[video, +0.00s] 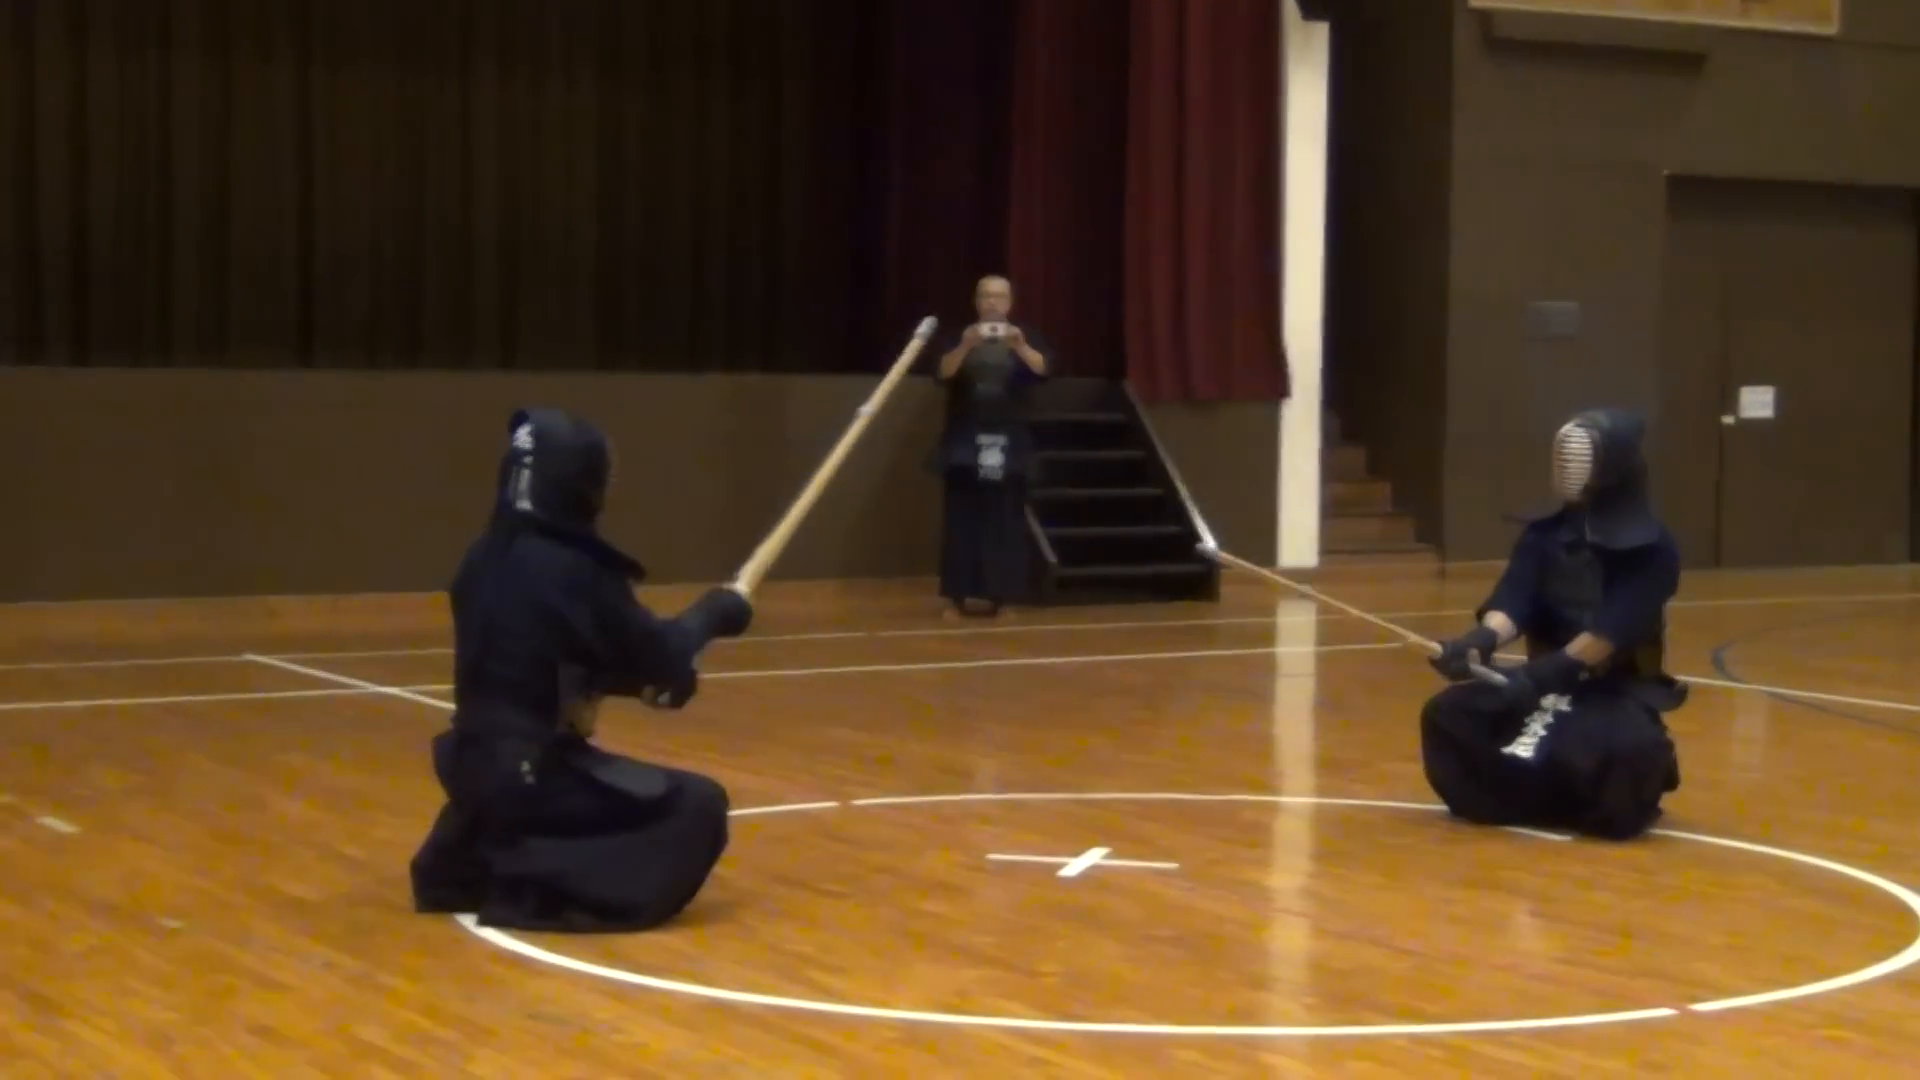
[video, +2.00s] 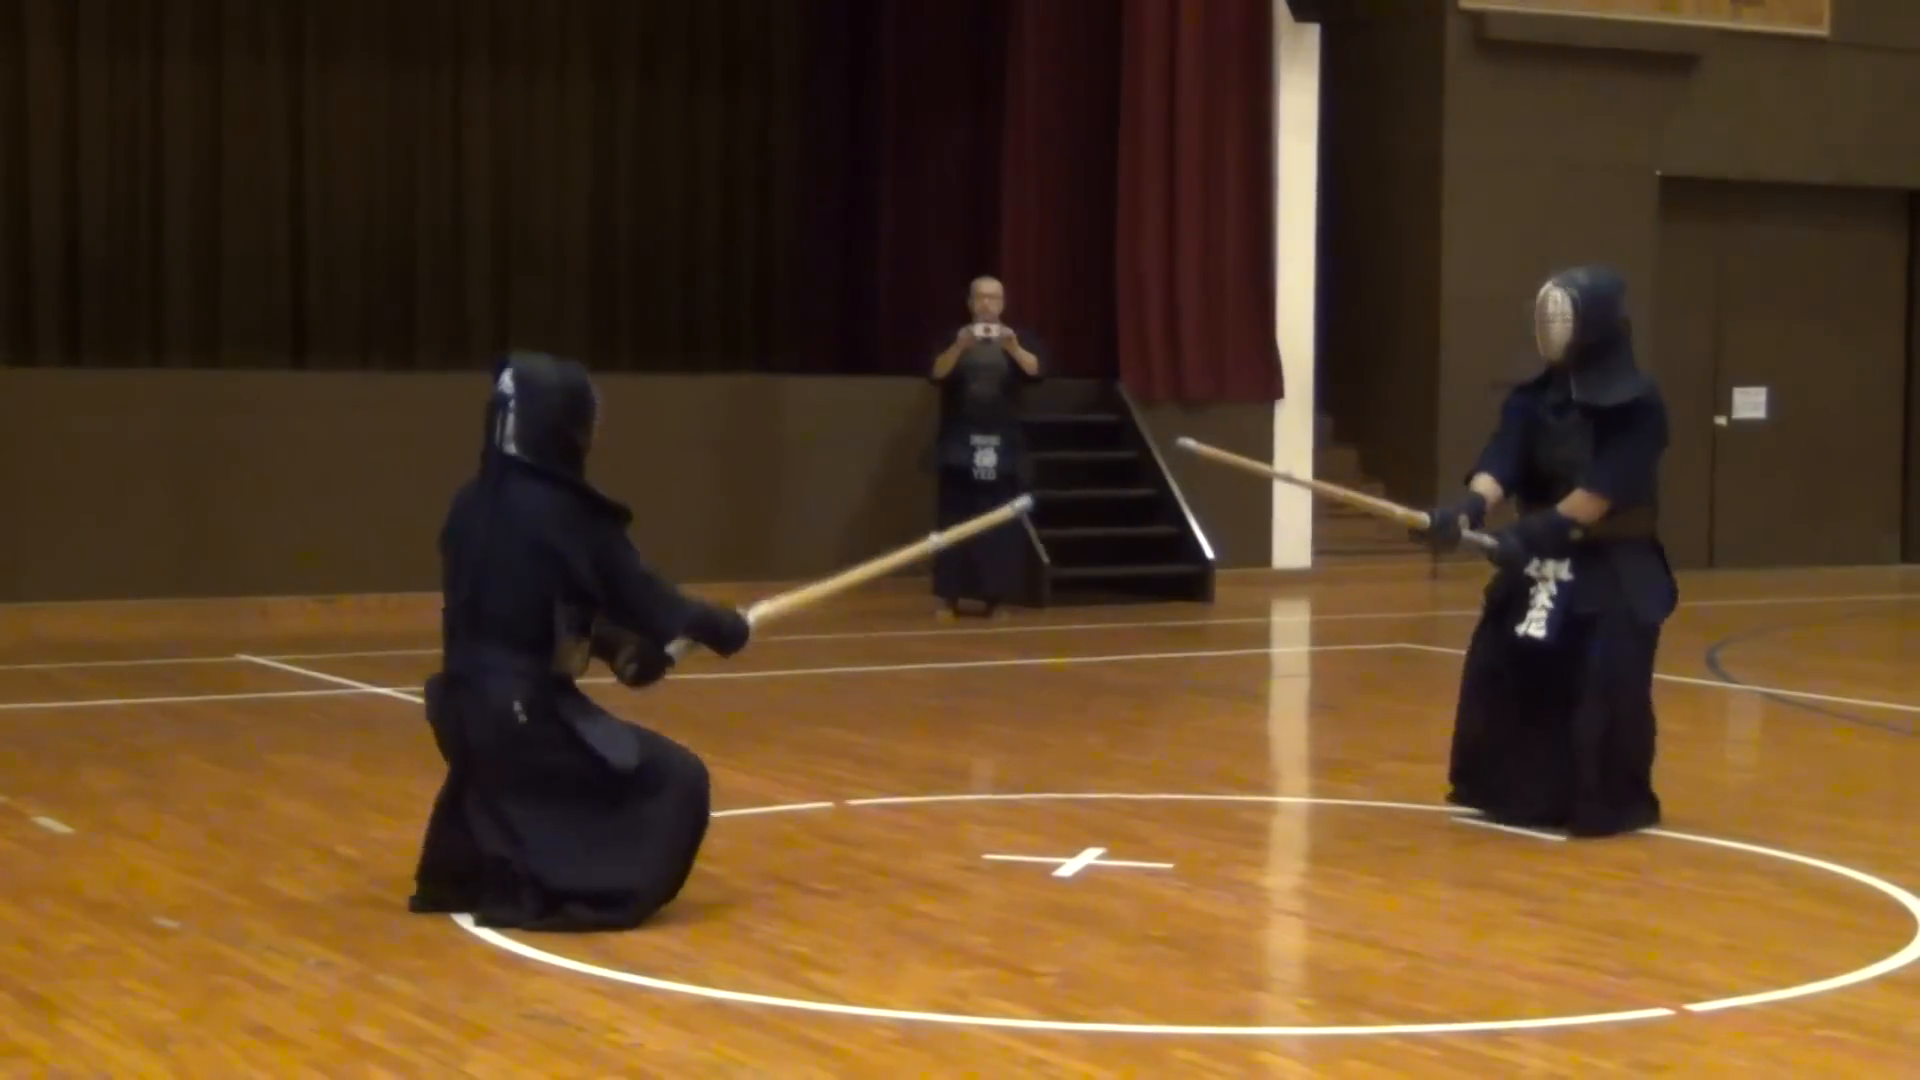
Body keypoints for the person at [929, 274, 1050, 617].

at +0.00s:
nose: (993, 303)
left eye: (1000, 297)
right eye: (987, 297)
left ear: (1010, 302)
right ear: (977, 301)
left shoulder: (1022, 339)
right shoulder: (963, 339)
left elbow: (1043, 369)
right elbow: (943, 372)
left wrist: (1018, 345)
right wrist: (967, 345)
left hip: (1007, 435)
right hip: (966, 434)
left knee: (1004, 512)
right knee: (962, 512)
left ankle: (1002, 596)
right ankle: (956, 593)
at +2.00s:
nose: (987, 304)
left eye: (994, 298)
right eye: (982, 298)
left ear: (1003, 302)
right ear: (971, 302)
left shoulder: (1016, 339)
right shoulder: (958, 338)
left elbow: (1035, 371)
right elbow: (937, 373)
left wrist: (1011, 347)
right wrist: (961, 345)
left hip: (1003, 434)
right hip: (961, 433)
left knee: (999, 513)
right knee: (955, 511)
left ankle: (997, 593)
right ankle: (948, 592)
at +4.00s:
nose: (953, 311)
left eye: (959, 305)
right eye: (946, 305)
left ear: (969, 310)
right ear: (935, 309)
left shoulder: (981, 348)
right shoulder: (920, 347)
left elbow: (1001, 376)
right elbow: (902, 380)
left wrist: (974, 349)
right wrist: (927, 353)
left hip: (967, 445)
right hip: (925, 444)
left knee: (962, 520)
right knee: (921, 520)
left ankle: (958, 601)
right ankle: (915, 600)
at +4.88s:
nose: (909, 314)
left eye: (916, 308)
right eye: (903, 308)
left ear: (926, 313)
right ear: (893, 312)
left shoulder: (937, 350)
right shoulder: (879, 349)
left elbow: (965, 382)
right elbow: (859, 384)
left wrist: (935, 355)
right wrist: (884, 354)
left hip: (924, 446)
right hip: (882, 445)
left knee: (921, 522)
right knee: (879, 522)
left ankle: (918, 601)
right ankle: (875, 602)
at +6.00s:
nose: (883, 314)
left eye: (890, 308)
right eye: (877, 308)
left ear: (900, 314)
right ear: (867, 312)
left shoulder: (909, 354)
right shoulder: (853, 350)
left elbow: (933, 379)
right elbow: (833, 382)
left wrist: (908, 350)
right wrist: (857, 355)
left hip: (895, 446)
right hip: (855, 444)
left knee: (890, 521)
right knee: (852, 520)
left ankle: (885, 601)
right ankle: (846, 601)